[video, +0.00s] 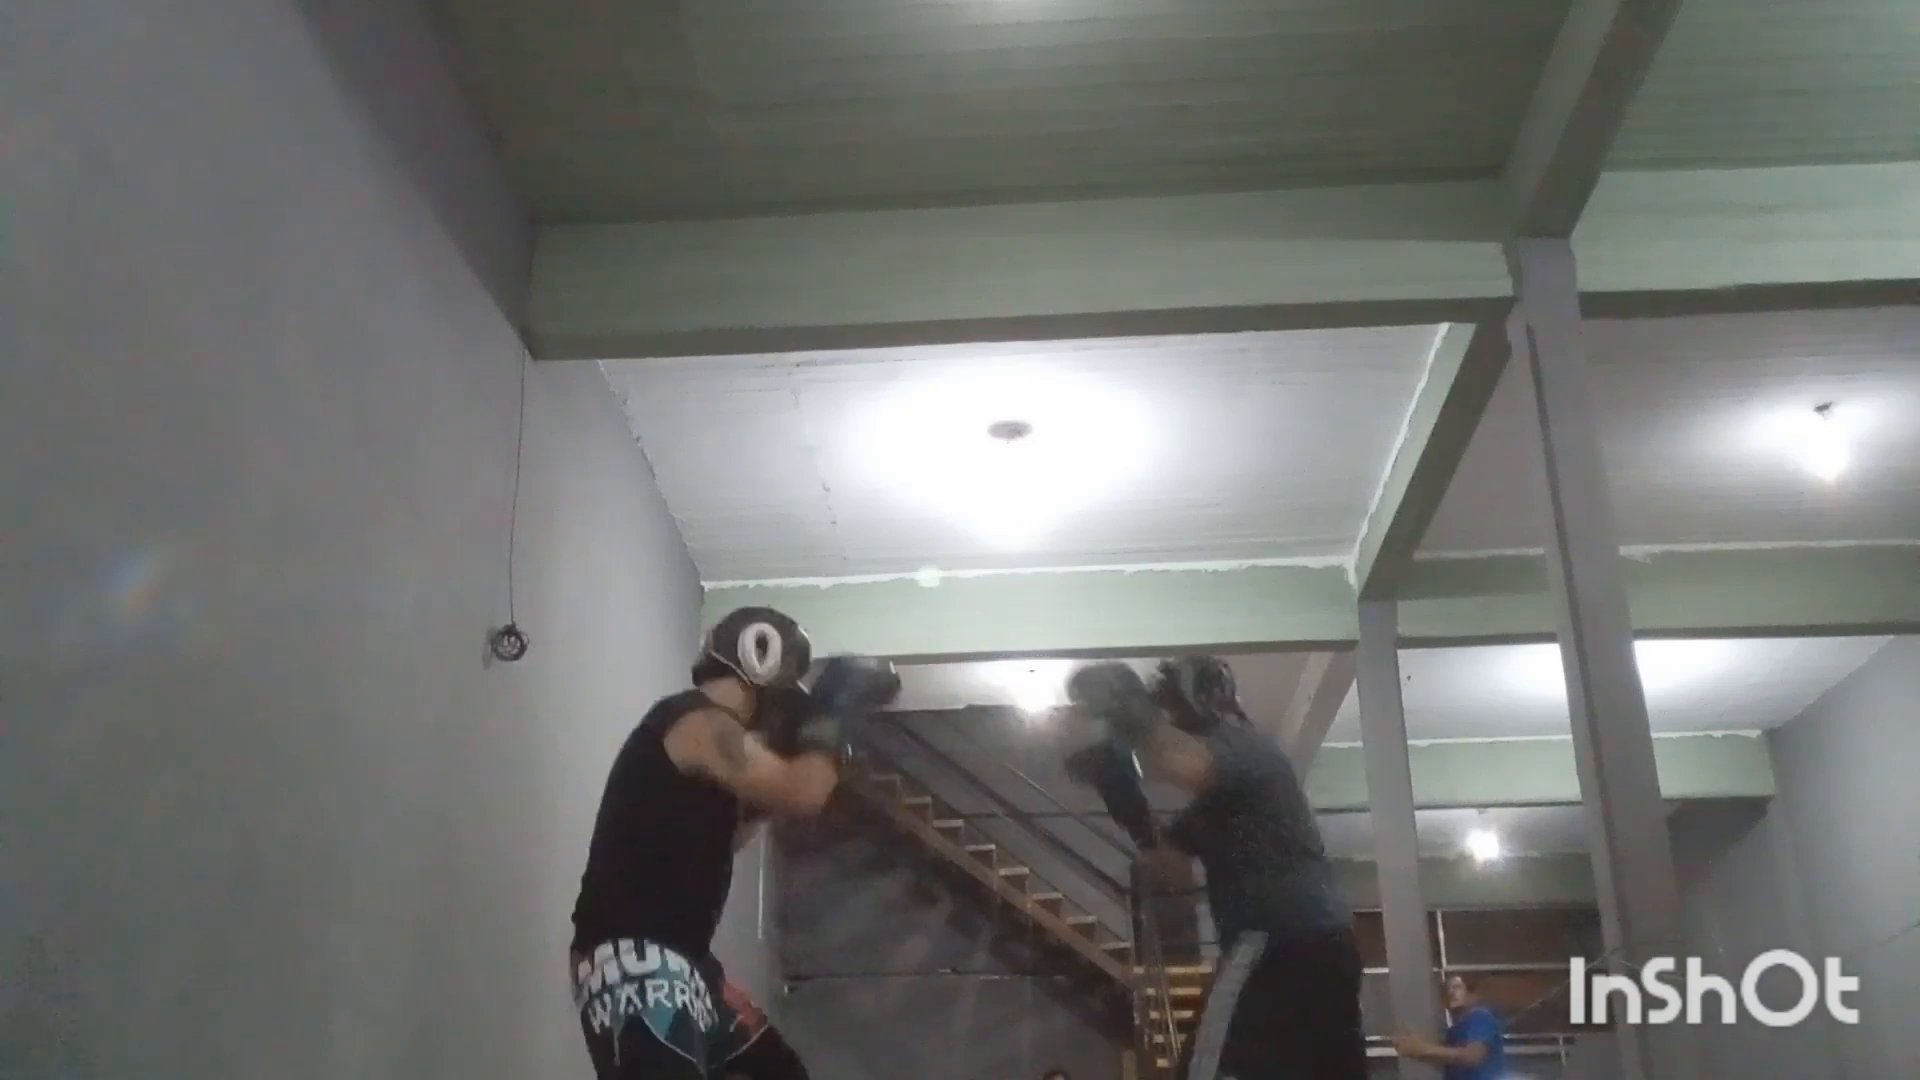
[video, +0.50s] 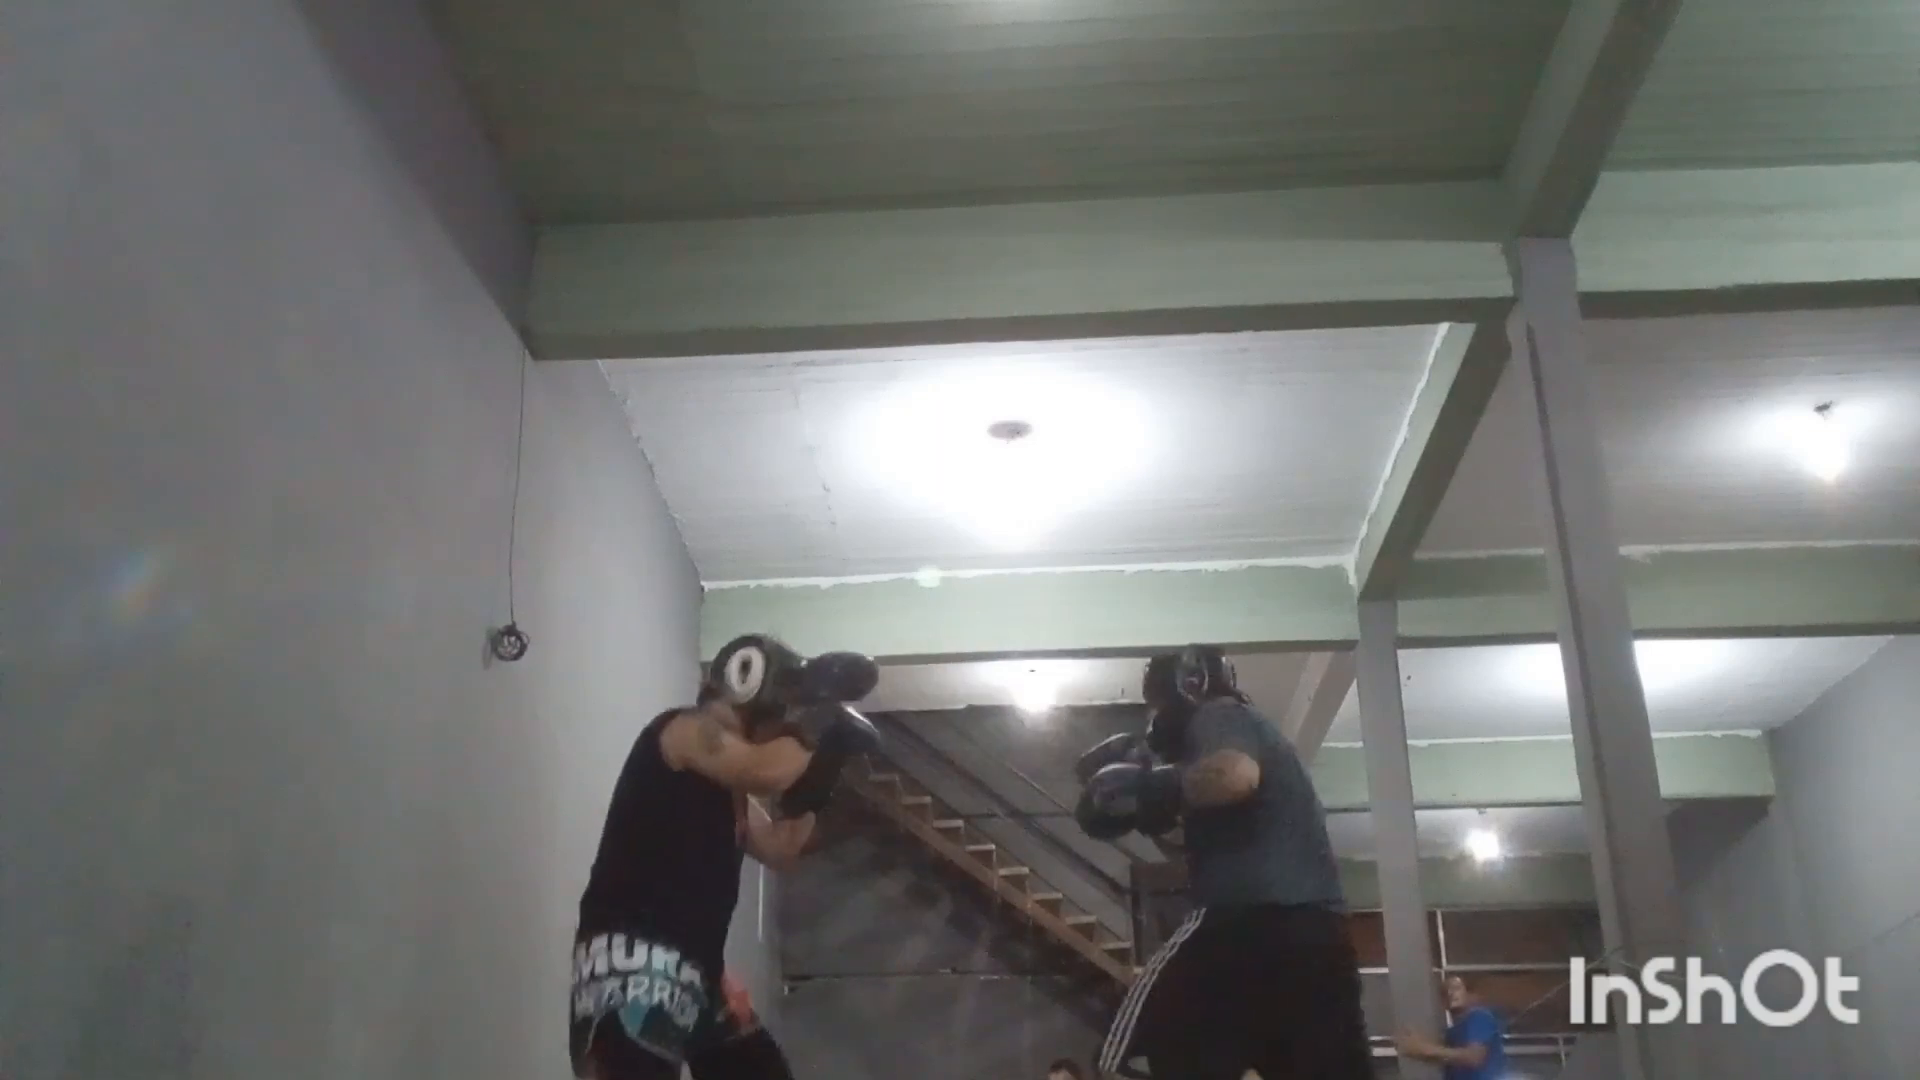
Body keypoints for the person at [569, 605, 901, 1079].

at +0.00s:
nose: (791, 690)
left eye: (793, 679)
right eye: (790, 674)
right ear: (762, 654)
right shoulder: (698, 721)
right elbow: (802, 793)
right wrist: (833, 715)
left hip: (682, 960)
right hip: (637, 958)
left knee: (779, 1070)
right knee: (664, 1068)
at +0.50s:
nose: (788, 725)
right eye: (785, 705)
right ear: (750, 682)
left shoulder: (724, 782)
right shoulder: (687, 730)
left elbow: (780, 848)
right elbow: (768, 770)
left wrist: (826, 766)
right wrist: (815, 726)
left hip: (695, 968)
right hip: (638, 958)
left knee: (759, 1071)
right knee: (638, 1068)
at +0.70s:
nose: (785, 725)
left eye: (790, 716)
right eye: (782, 712)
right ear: (742, 703)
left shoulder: (750, 809)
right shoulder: (664, 764)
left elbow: (806, 872)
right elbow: (708, 808)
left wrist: (835, 789)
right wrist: (768, 748)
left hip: (709, 998)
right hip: (644, 978)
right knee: (634, 1065)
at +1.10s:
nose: (734, 751)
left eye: (736, 741)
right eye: (724, 736)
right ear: (692, 732)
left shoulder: (724, 819)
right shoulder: (628, 803)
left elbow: (755, 885)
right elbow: (674, 840)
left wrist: (797, 834)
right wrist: (713, 774)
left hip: (714, 1021)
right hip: (637, 1022)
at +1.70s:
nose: (697, 792)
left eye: (702, 780)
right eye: (687, 780)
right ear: (651, 780)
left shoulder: (698, 852)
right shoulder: (592, 842)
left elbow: (746, 916)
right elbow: (621, 889)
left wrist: (769, 872)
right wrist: (665, 819)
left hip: (679, 1044)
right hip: (599, 1042)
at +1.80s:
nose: (665, 808)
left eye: (673, 799)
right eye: (656, 796)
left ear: (676, 808)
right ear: (622, 790)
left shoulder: (667, 862)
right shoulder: (567, 854)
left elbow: (694, 934)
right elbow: (590, 893)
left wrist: (732, 905)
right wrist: (632, 832)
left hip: (655, 1054)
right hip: (577, 1053)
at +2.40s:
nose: (691, 802)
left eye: (698, 792)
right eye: (682, 790)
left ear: (703, 789)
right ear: (655, 782)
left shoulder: (698, 838)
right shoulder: (600, 831)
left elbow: (746, 899)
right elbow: (604, 888)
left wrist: (753, 847)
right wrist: (656, 830)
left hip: (679, 1010)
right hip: (611, 1014)